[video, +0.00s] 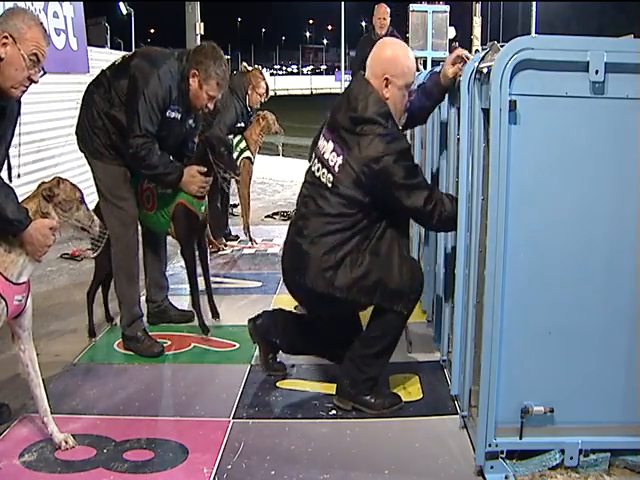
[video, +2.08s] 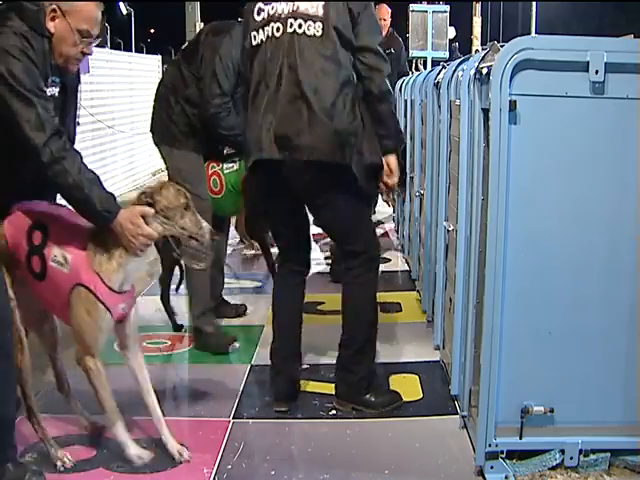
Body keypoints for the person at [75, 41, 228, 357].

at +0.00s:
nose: (211, 105)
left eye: (216, 100)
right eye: (209, 97)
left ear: (197, 77)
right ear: (193, 78)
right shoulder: (153, 79)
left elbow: (185, 143)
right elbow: (136, 146)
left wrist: (190, 173)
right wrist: (177, 175)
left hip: (142, 137)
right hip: (104, 134)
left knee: (153, 218)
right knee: (124, 222)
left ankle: (158, 304)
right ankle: (132, 326)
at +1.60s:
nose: (240, 71)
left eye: (245, 65)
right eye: (238, 63)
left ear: (230, 50)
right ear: (220, 46)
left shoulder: (221, 70)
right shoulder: (182, 54)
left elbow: (216, 122)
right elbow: (169, 120)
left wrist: (223, 145)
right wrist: (208, 149)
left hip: (183, 144)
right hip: (142, 139)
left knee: (199, 217)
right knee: (152, 219)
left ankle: (210, 301)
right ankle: (134, 324)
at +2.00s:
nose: (272, 52)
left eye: (275, 45)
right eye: (270, 44)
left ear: (261, 39)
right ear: (256, 37)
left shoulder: (257, 56)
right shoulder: (222, 42)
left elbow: (252, 108)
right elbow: (208, 106)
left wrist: (255, 138)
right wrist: (241, 141)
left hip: (209, 134)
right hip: (173, 127)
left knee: (214, 212)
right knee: (190, 213)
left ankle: (211, 300)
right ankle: (169, 315)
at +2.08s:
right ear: (263, 23)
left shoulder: (259, 47)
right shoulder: (226, 38)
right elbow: (215, 106)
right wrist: (251, 142)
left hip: (208, 134)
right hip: (179, 129)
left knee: (217, 216)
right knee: (199, 220)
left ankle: (213, 300)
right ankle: (202, 322)